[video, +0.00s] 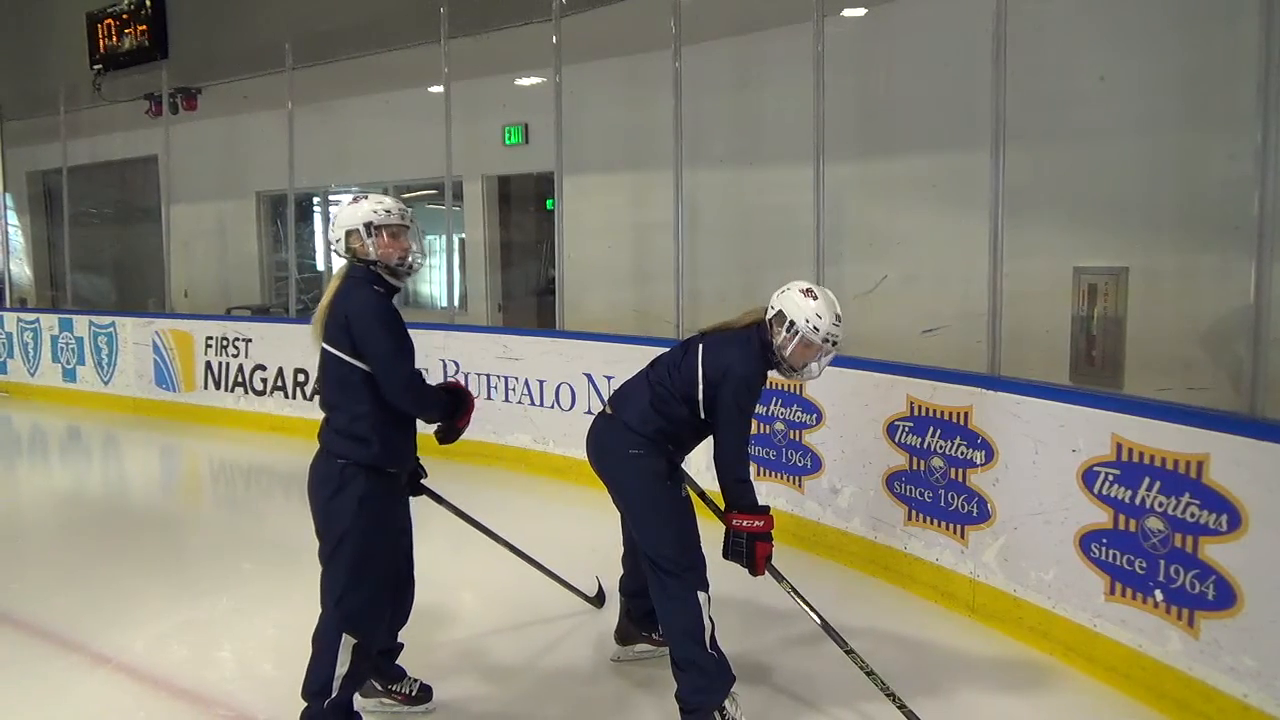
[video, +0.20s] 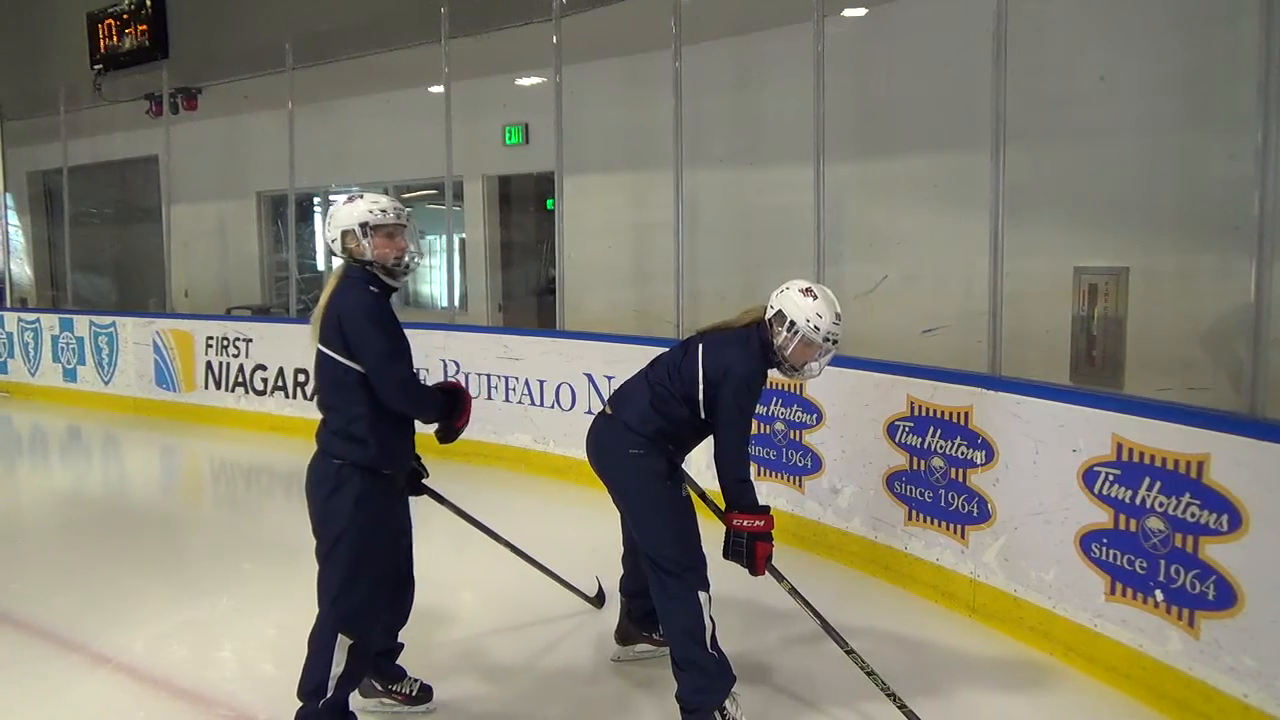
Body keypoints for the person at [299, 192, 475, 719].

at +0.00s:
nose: (403, 245)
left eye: (406, 235)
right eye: (391, 235)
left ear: (407, 239)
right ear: (360, 241)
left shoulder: (363, 295)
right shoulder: (363, 299)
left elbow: (367, 394)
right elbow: (401, 388)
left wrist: (401, 460)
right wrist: (452, 401)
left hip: (373, 468)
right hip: (352, 472)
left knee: (390, 578)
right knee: (351, 594)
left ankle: (377, 668)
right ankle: (327, 707)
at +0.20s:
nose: (399, 244)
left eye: (401, 234)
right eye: (385, 235)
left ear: (404, 238)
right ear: (354, 241)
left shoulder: (361, 294)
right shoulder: (357, 299)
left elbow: (366, 394)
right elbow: (397, 389)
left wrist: (400, 459)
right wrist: (447, 401)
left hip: (373, 469)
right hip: (350, 473)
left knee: (389, 579)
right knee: (349, 595)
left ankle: (377, 671)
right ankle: (321, 707)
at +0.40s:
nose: (398, 245)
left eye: (400, 234)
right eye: (384, 235)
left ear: (402, 237)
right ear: (353, 241)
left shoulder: (359, 294)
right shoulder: (356, 300)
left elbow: (363, 394)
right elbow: (396, 392)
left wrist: (400, 457)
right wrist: (447, 400)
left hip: (372, 470)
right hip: (348, 474)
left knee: (388, 579)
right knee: (347, 597)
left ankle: (377, 672)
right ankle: (318, 708)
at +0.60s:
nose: (402, 246)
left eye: (401, 235)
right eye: (390, 236)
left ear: (365, 243)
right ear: (356, 241)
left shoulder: (359, 294)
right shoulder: (354, 300)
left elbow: (357, 396)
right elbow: (385, 395)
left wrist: (400, 454)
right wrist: (441, 403)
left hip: (372, 469)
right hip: (348, 474)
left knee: (387, 577)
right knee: (349, 597)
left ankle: (377, 673)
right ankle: (318, 708)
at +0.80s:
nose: (401, 244)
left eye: (399, 233)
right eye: (389, 235)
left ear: (367, 241)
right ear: (356, 242)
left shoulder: (359, 295)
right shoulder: (351, 304)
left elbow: (373, 391)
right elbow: (370, 399)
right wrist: (435, 410)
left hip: (373, 469)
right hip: (350, 475)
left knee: (386, 579)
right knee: (348, 599)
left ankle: (377, 672)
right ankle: (317, 708)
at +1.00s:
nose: (395, 244)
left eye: (396, 233)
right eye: (381, 235)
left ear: (393, 236)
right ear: (347, 242)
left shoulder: (367, 296)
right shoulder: (340, 305)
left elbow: (376, 390)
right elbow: (345, 402)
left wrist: (424, 423)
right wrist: (423, 419)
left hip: (377, 468)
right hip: (346, 473)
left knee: (387, 579)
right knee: (346, 601)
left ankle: (377, 670)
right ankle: (318, 708)